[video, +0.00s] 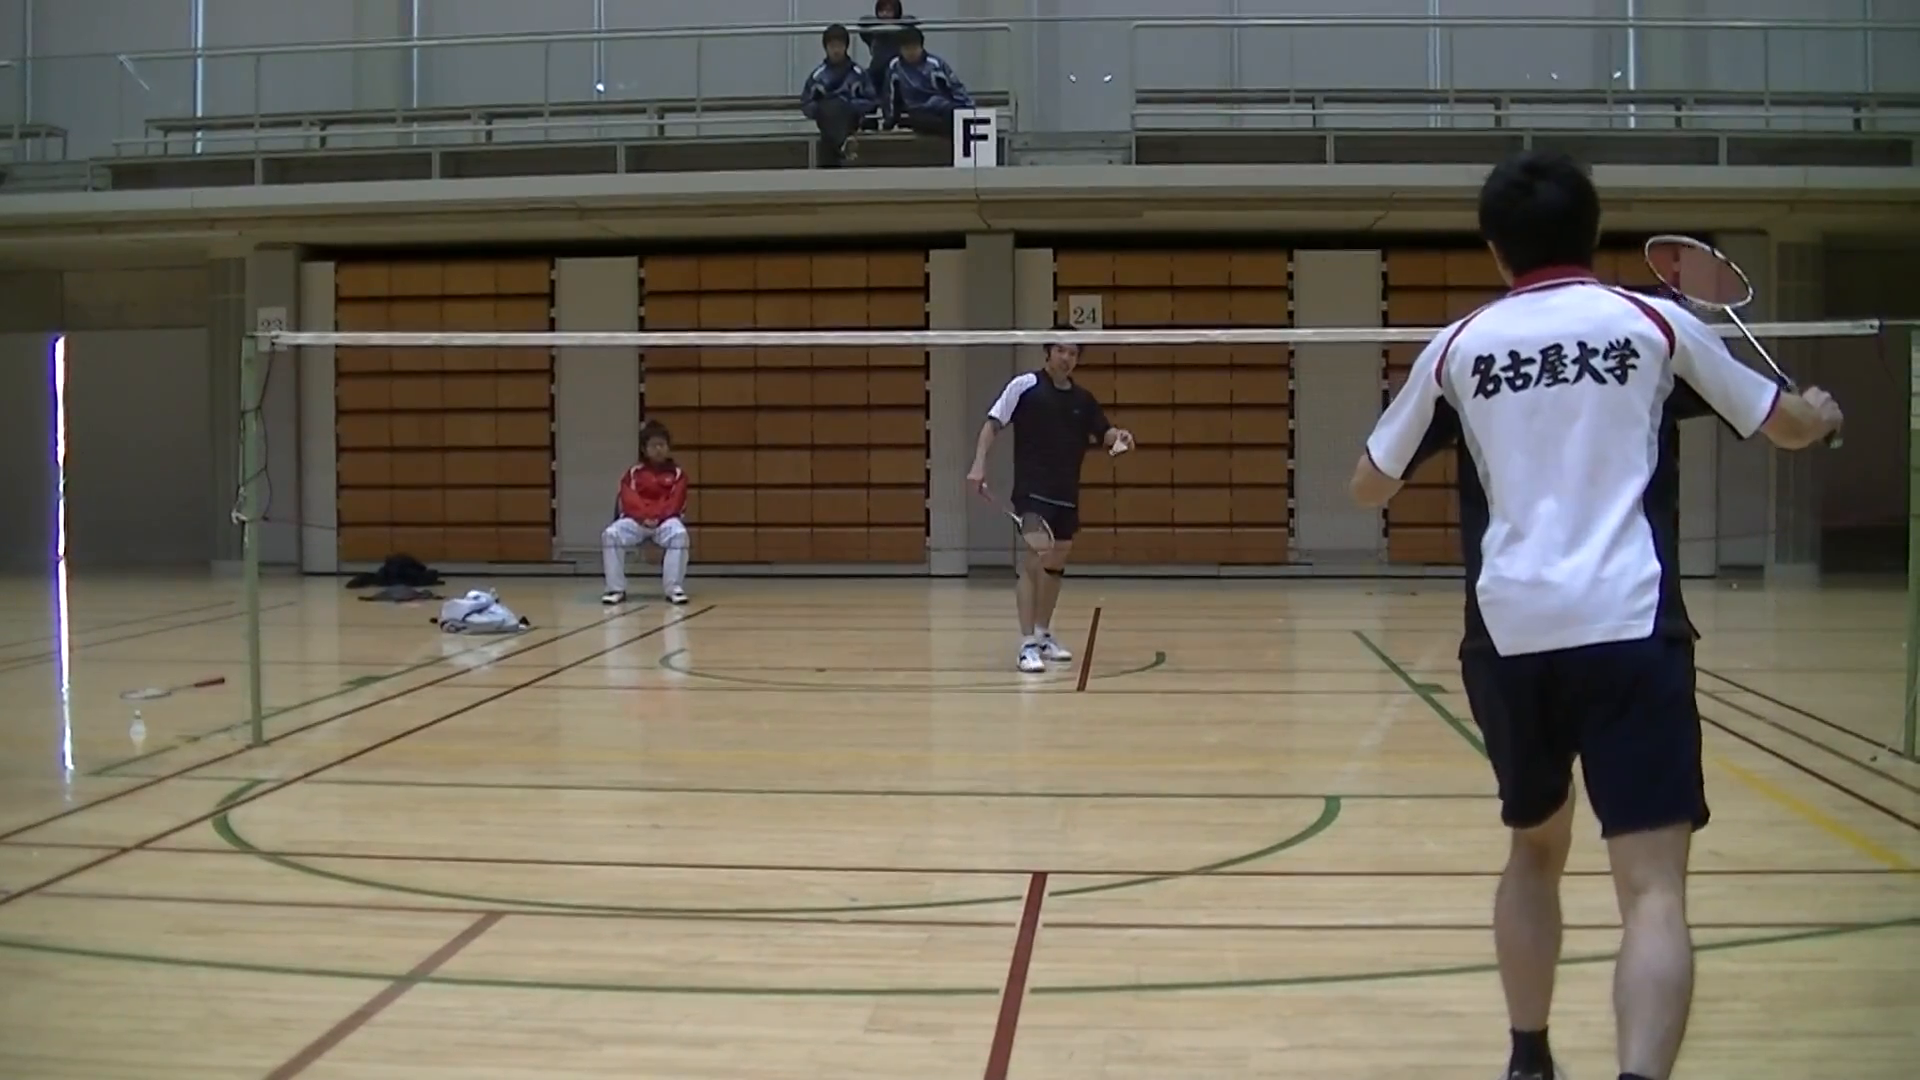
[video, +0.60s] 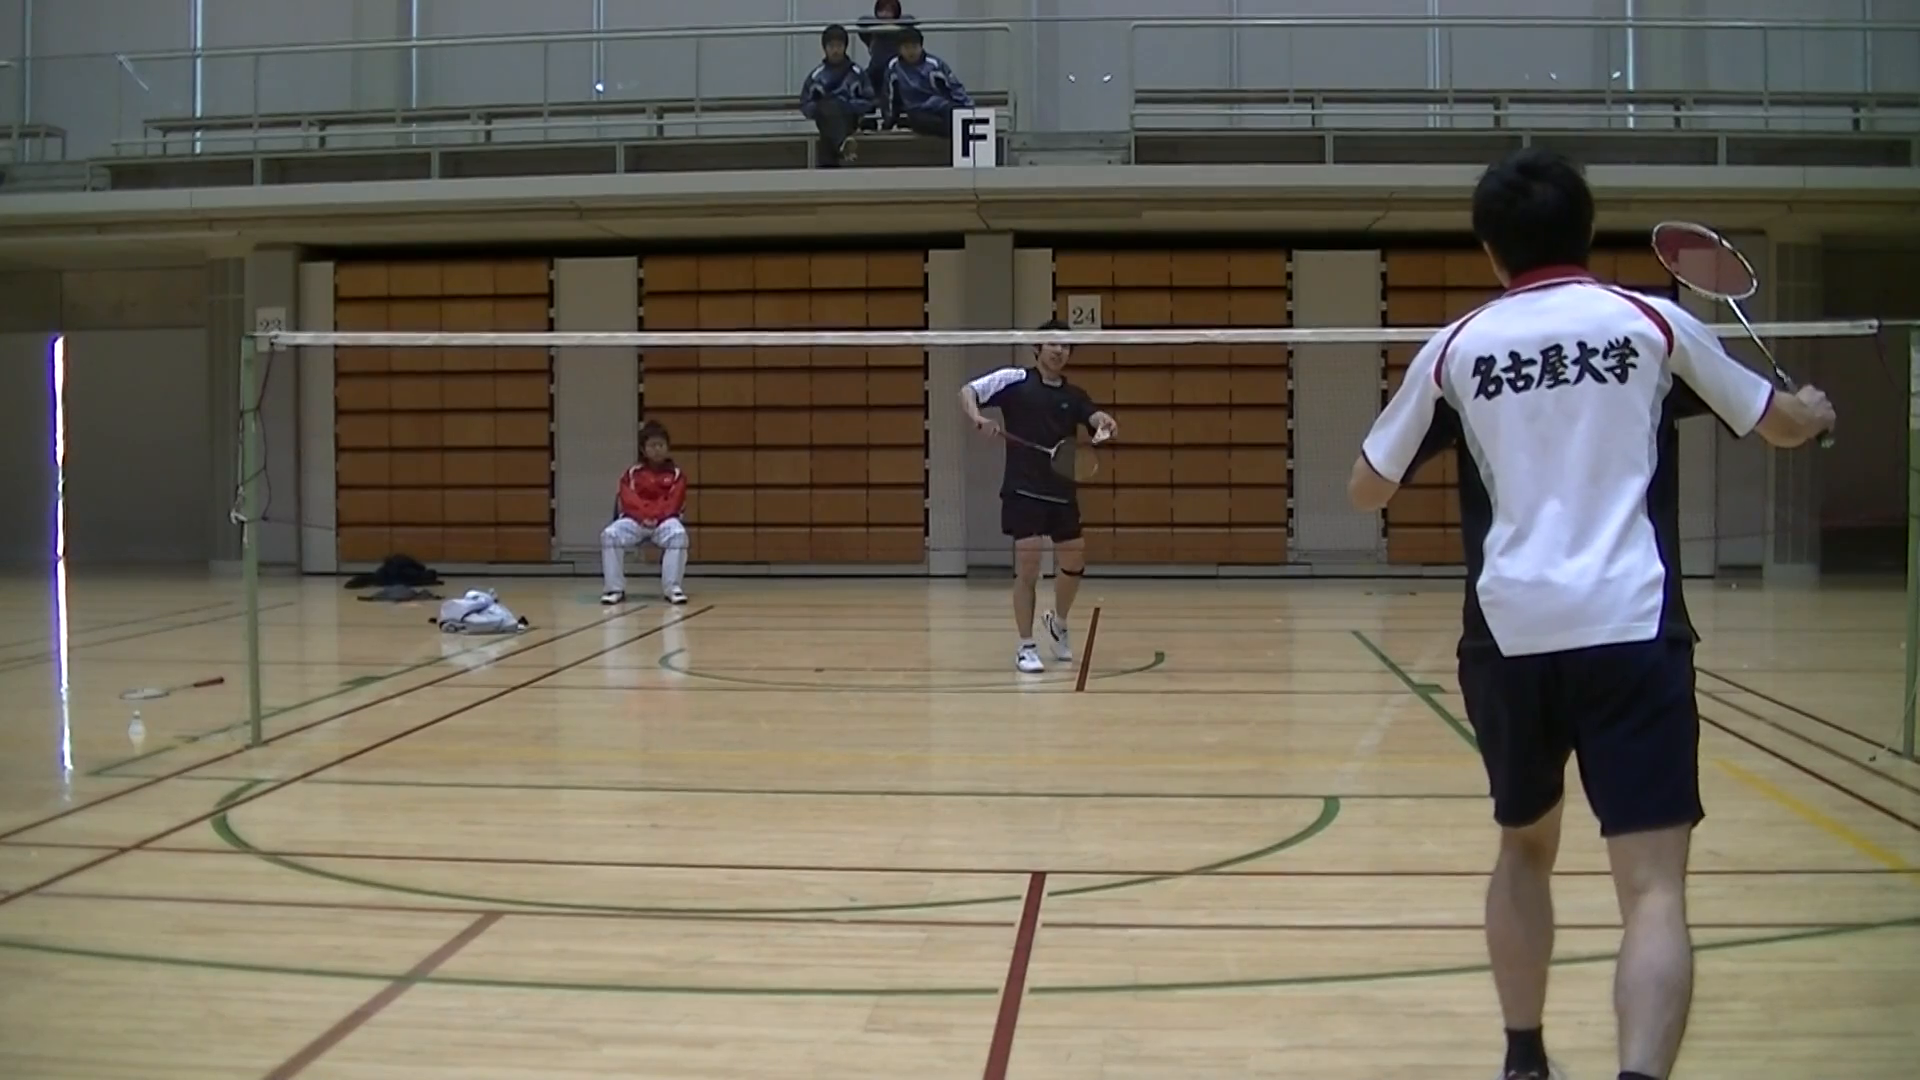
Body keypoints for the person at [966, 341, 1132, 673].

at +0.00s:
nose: (1068, 358)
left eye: (1073, 353)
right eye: (1062, 351)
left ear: (1078, 359)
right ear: (1048, 352)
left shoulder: (1082, 398)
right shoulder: (1024, 385)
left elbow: (1105, 432)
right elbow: (992, 425)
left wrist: (1119, 437)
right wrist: (978, 466)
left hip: (1066, 495)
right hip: (1032, 492)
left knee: (1055, 566)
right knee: (1034, 561)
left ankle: (1043, 637)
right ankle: (1028, 645)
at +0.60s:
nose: (1060, 352)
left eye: (1066, 347)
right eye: (1054, 345)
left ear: (1070, 353)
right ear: (1039, 348)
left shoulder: (1073, 394)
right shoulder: (1015, 379)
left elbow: (1099, 418)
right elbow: (967, 392)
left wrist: (1105, 425)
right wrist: (977, 418)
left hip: (1062, 491)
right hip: (1024, 489)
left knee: (1074, 562)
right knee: (1028, 566)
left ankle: (1059, 622)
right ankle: (1026, 646)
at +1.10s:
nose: (1068, 353)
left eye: (1073, 347)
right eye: (1061, 347)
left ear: (1079, 350)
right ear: (1047, 348)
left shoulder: (1083, 392)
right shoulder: (1028, 382)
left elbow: (1094, 442)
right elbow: (1000, 424)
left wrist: (1111, 445)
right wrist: (992, 462)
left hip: (1072, 488)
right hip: (1036, 488)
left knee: (1094, 554)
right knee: (1035, 565)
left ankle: (1072, 617)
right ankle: (1027, 646)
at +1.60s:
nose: (1113, 358)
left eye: (1119, 353)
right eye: (1107, 351)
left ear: (1124, 359)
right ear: (1094, 355)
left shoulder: (1119, 395)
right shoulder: (1073, 389)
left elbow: (1111, 442)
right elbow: (1045, 439)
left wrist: (1135, 471)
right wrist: (1036, 488)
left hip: (1096, 483)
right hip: (1066, 482)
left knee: (1107, 553)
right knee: (1078, 547)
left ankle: (1092, 628)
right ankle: (1057, 635)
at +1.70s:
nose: (1124, 364)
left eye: (1130, 359)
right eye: (1118, 357)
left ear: (1136, 365)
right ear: (1105, 360)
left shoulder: (1131, 400)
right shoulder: (1087, 394)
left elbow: (1124, 447)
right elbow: (1058, 447)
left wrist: (1152, 475)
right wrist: (1051, 499)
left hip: (1108, 491)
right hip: (1080, 489)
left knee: (1120, 551)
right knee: (1094, 552)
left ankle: (1098, 625)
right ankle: (1073, 638)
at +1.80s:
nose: (1159, 387)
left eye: (1164, 381)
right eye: (1153, 380)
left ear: (1169, 386)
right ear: (1139, 383)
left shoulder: (1168, 423)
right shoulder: (1122, 420)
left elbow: (1178, 466)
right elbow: (1092, 468)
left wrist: (1211, 480)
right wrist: (1085, 520)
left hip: (1143, 508)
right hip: (1115, 506)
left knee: (1155, 572)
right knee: (1133, 565)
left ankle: (1122, 631)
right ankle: (1108, 641)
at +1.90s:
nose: (1168, 403)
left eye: (1173, 397)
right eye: (1161, 396)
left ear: (1180, 402)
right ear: (1147, 400)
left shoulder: (1183, 440)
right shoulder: (1131, 436)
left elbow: (1218, 471)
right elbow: (1102, 482)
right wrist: (1089, 531)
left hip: (1150, 522)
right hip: (1120, 519)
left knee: (1159, 586)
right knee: (1137, 575)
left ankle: (1127, 633)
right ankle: (1111, 640)